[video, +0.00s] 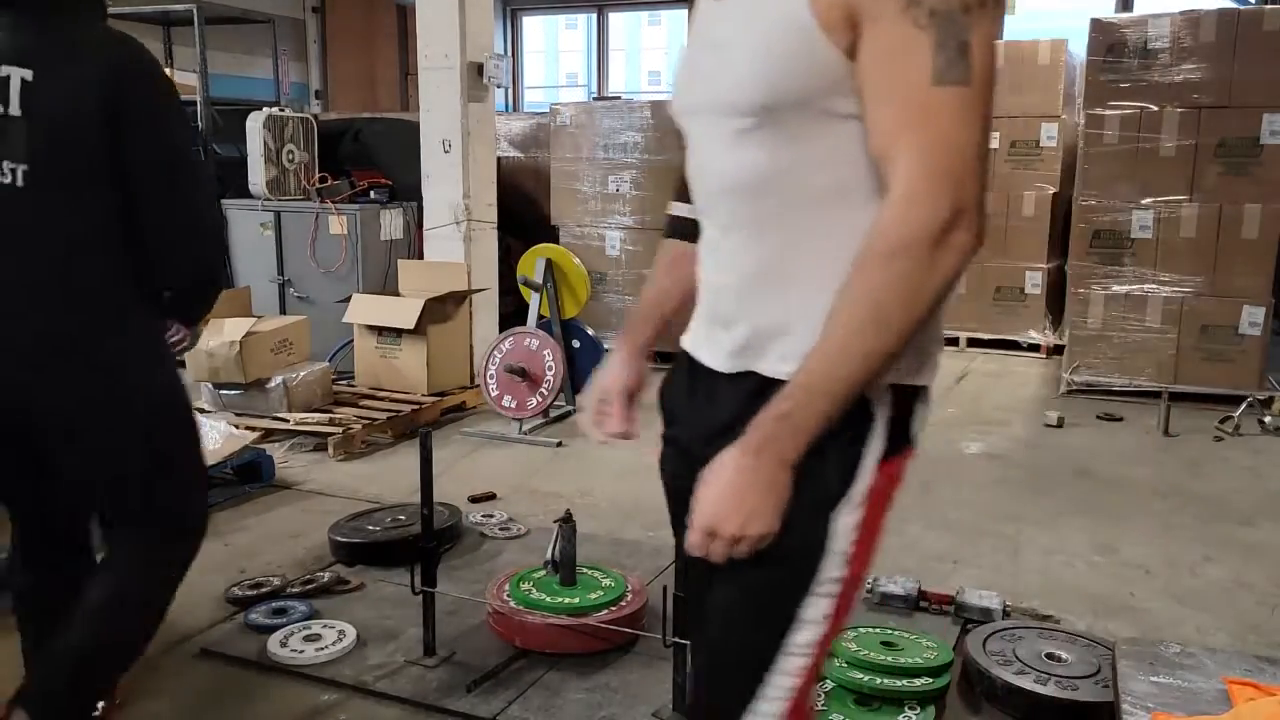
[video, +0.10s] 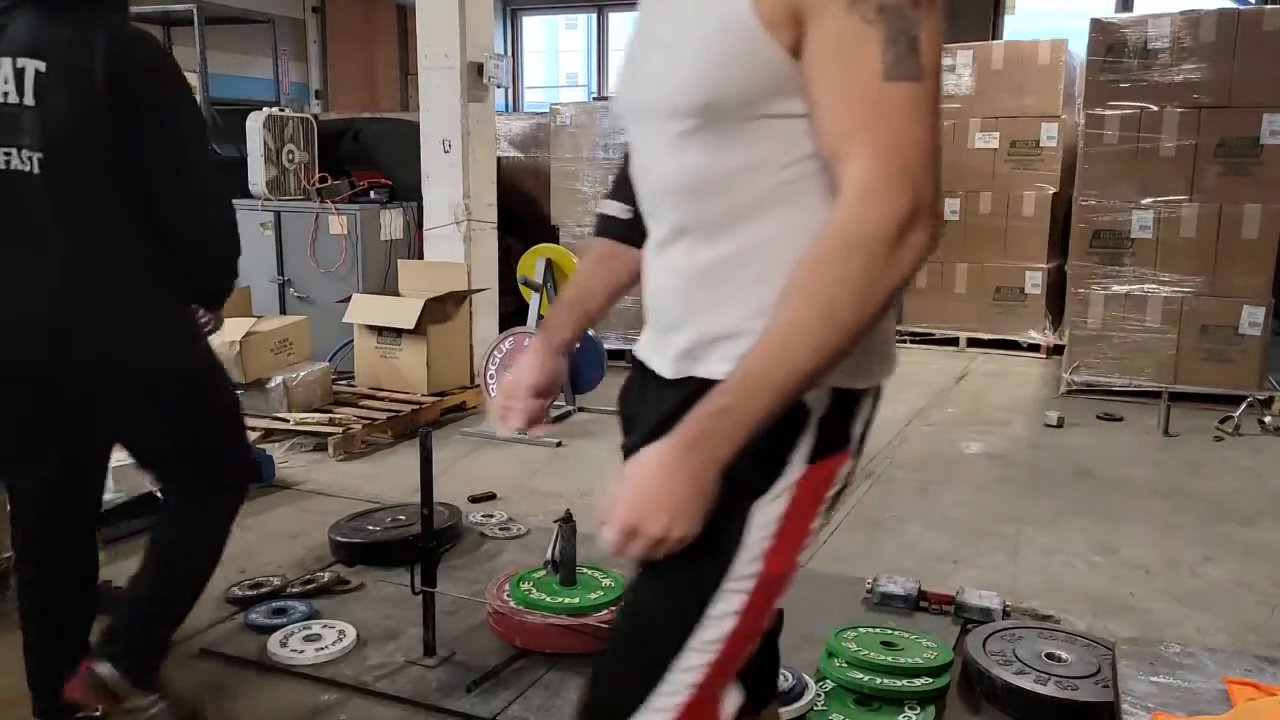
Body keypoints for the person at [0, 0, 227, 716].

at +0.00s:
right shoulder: (114, 63)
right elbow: (180, 201)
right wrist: (186, 299)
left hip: (11, 343)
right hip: (94, 340)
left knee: (43, 526)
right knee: (167, 508)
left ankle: (60, 696)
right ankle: (57, 695)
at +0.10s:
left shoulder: (5, 47)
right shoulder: (127, 54)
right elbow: (192, 181)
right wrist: (208, 284)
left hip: (19, 334)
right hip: (124, 327)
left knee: (50, 540)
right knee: (212, 471)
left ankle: (58, 705)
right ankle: (124, 664)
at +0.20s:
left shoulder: (23, 49)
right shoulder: (150, 56)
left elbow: (25, 195)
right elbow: (200, 184)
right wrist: (232, 280)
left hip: (44, 317)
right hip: (150, 315)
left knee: (65, 514)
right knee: (244, 445)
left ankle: (61, 697)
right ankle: (222, 619)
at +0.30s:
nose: (207, 8)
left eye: (208, 3)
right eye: (204, 1)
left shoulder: (23, 55)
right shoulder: (177, 64)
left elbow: (18, 203)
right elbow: (224, 192)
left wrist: (41, 296)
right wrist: (257, 283)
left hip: (72, 319)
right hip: (179, 315)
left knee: (83, 510)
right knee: (261, 447)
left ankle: (62, 696)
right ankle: (306, 574)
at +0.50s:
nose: (287, 24)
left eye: (289, 14)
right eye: (285, 12)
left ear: (189, 7)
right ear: (258, 9)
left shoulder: (114, 81)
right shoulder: (258, 88)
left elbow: (114, 214)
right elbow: (288, 228)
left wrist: (135, 303)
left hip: (149, 340)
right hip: (254, 340)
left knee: (127, 512)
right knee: (326, 492)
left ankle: (69, 689)